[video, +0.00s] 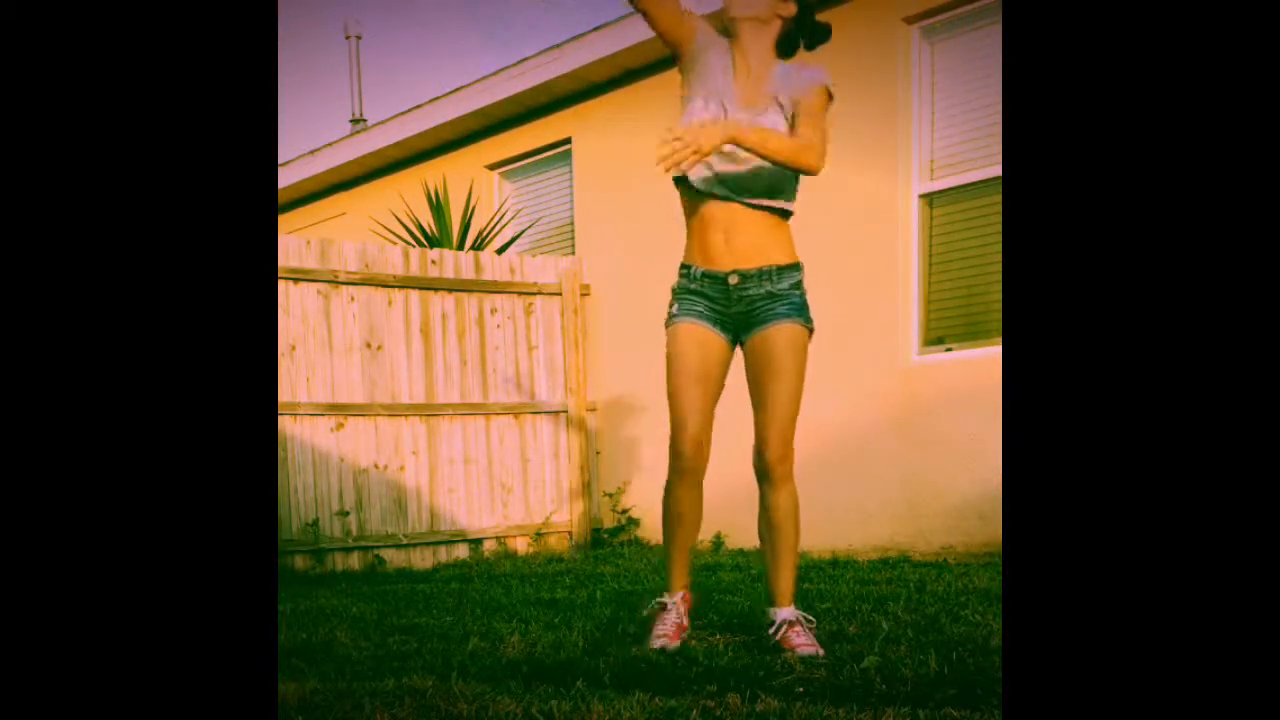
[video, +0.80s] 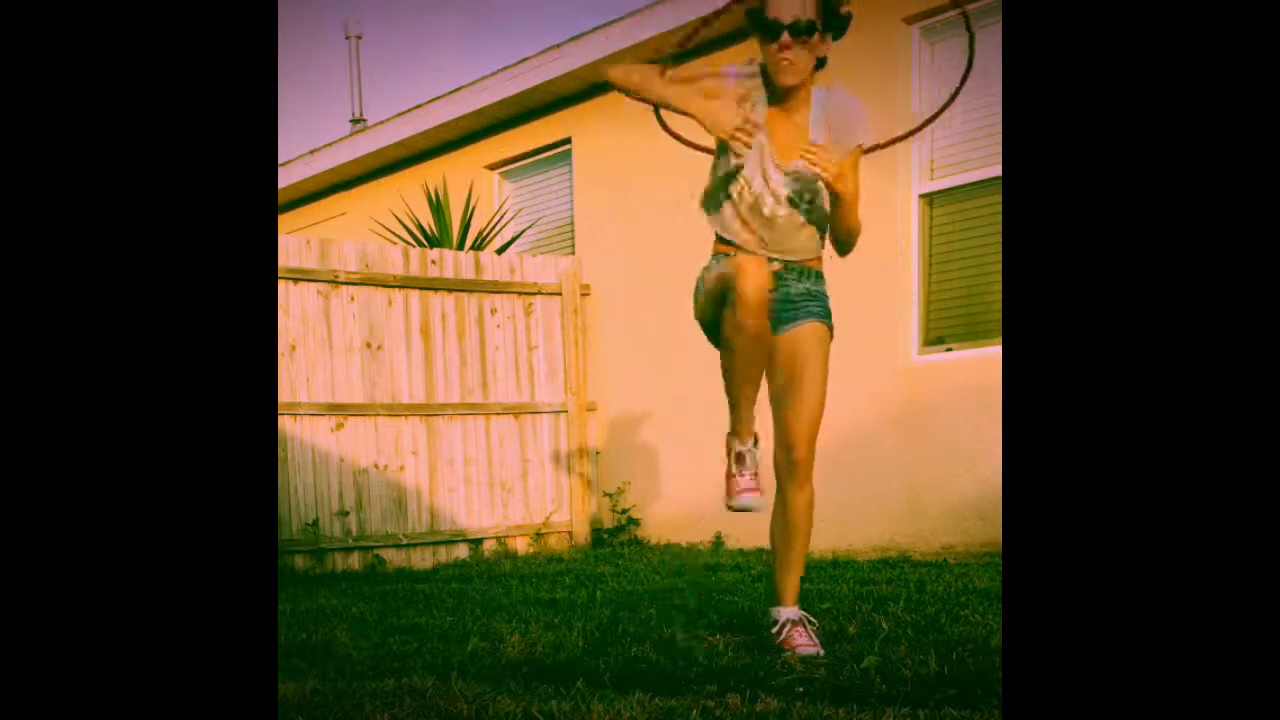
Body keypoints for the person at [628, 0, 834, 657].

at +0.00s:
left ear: (785, 8)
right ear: (730, 7)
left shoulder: (807, 82)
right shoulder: (700, 48)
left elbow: (811, 156)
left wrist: (730, 129)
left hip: (777, 288)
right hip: (699, 288)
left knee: (774, 460)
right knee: (686, 451)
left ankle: (785, 613)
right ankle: (675, 602)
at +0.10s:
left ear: (793, 12)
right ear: (743, 11)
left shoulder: (815, 86)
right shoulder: (703, 46)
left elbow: (850, 184)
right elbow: (613, 2)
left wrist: (800, 179)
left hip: (776, 290)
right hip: (698, 289)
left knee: (775, 461)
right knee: (700, 454)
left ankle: (785, 613)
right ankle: (677, 610)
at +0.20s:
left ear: (800, 11)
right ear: (749, 11)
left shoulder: (819, 89)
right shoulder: (704, 46)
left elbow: (867, 193)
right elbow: (609, 12)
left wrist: (856, 221)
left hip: (772, 289)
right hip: (693, 286)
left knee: (772, 462)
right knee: (695, 460)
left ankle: (785, 613)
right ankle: (678, 611)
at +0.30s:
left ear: (802, 8)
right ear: (751, 10)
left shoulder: (823, 87)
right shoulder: (708, 47)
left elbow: (865, 185)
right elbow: (622, 21)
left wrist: (887, 238)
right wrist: (571, 1)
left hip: (771, 289)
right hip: (691, 286)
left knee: (774, 462)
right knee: (694, 461)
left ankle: (787, 612)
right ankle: (679, 612)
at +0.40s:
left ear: (802, 5)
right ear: (752, 7)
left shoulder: (829, 88)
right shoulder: (713, 49)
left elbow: (862, 189)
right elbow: (616, 27)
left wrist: (895, 252)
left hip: (774, 291)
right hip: (694, 286)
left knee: (775, 461)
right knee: (692, 459)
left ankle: (788, 612)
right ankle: (679, 611)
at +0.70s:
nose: (768, 19)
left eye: (786, 9)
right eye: (765, 9)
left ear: (821, 27)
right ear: (759, 20)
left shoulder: (838, 105)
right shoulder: (733, 70)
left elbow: (847, 234)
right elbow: (622, 19)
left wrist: (850, 220)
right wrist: (708, 53)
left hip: (796, 289)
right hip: (723, 280)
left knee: (795, 456)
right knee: (756, 400)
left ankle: (787, 612)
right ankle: (707, 551)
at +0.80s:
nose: (784, 47)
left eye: (800, 34)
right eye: (771, 33)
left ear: (824, 42)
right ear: (756, 40)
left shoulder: (841, 118)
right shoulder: (732, 99)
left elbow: (846, 242)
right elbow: (614, 71)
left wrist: (839, 191)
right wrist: (707, 110)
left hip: (799, 292)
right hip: (729, 291)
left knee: (796, 459)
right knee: (751, 268)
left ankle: (788, 612)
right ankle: (742, 440)